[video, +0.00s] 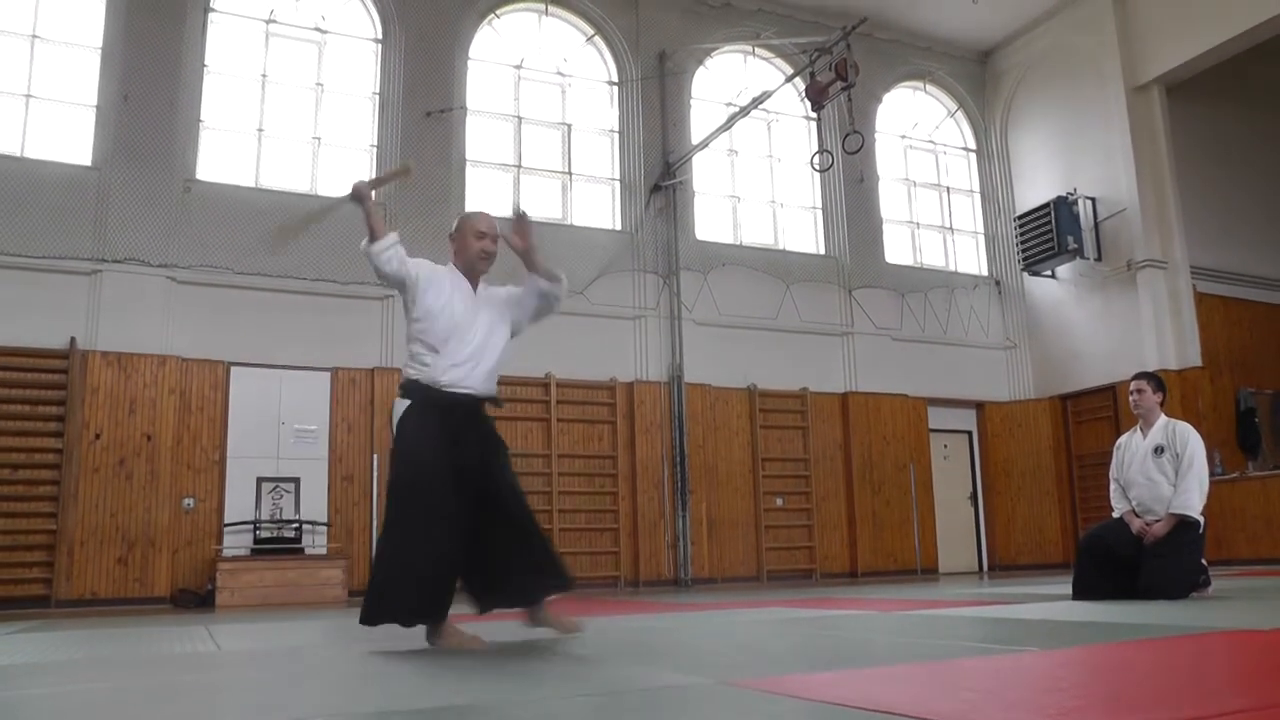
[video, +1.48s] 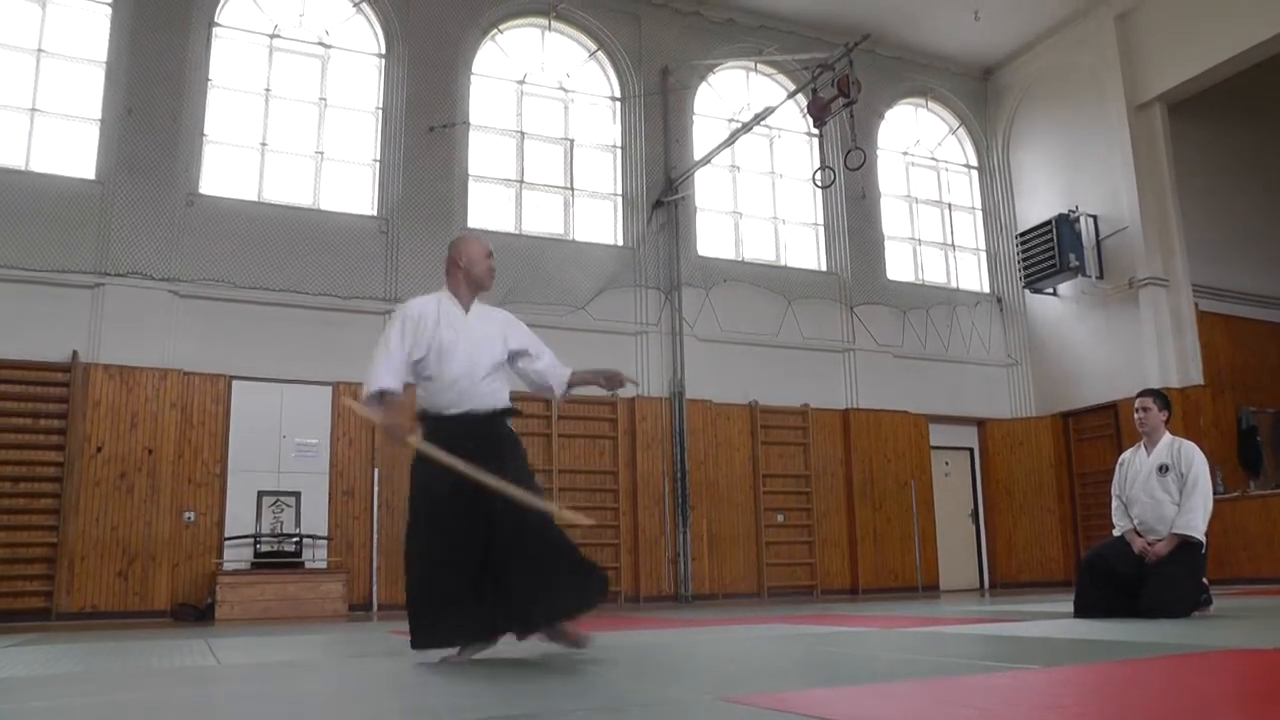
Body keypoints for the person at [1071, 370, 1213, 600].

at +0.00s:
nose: (1133, 398)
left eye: (1140, 392)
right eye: (1131, 394)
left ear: (1158, 396)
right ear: (1128, 400)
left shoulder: (1182, 433)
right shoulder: (1123, 443)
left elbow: (1193, 484)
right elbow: (1115, 488)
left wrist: (1166, 524)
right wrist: (1132, 520)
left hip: (1178, 525)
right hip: (1134, 525)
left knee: (1157, 589)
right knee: (1093, 544)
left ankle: (1198, 573)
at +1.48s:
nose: (1139, 416)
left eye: (1145, 410)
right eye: (1136, 411)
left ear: (1164, 416)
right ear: (1133, 417)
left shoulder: (1186, 452)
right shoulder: (1126, 460)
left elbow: (1197, 503)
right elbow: (1117, 504)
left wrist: (1168, 543)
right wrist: (1133, 538)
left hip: (1180, 544)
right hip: (1135, 543)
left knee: (1157, 608)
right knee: (1093, 566)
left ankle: (1198, 592)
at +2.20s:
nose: (1124, 423)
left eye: (1130, 417)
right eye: (1121, 418)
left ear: (1149, 422)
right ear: (1119, 423)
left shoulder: (1177, 459)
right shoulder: (1115, 468)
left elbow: (1196, 512)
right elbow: (1111, 515)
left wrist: (1167, 553)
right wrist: (1133, 548)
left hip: (1179, 553)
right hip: (1134, 552)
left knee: (1159, 615)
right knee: (1094, 576)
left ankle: (1200, 599)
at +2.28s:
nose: (1118, 418)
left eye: (1124, 411)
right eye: (1115, 413)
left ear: (1143, 416)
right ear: (1112, 418)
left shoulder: (1172, 454)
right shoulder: (1110, 462)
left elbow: (1188, 506)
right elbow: (1106, 508)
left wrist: (1165, 549)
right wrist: (1125, 541)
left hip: (1174, 549)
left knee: (1158, 616)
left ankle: (1199, 599)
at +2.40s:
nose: (1108, 407)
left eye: (1114, 401)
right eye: (1106, 402)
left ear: (1134, 403)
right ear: (1104, 408)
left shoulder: (1160, 443)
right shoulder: (1102, 450)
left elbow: (1177, 493)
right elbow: (1096, 492)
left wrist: (1158, 538)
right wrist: (1101, 518)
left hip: (1165, 539)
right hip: (1123, 539)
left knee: (1156, 618)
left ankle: (1199, 599)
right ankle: (1124, 607)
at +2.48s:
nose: (1099, 403)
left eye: (1105, 396)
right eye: (1097, 398)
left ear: (1125, 399)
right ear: (1096, 403)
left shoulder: (1152, 439)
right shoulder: (1094, 446)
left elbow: (1168, 489)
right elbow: (1087, 486)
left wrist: (1151, 534)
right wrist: (1087, 507)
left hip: (1158, 534)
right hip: (1117, 534)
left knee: (1152, 618)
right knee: (1080, 541)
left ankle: (1197, 599)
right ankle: (1113, 607)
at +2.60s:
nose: (1083, 404)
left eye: (1089, 398)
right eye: (1081, 399)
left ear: (1109, 401)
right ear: (1080, 404)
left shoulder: (1136, 439)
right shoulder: (1079, 446)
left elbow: (1154, 488)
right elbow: (1070, 484)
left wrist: (1141, 536)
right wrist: (1074, 500)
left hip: (1146, 534)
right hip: (1104, 533)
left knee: (1145, 618)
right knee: (1061, 530)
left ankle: (1195, 600)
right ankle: (1077, 612)